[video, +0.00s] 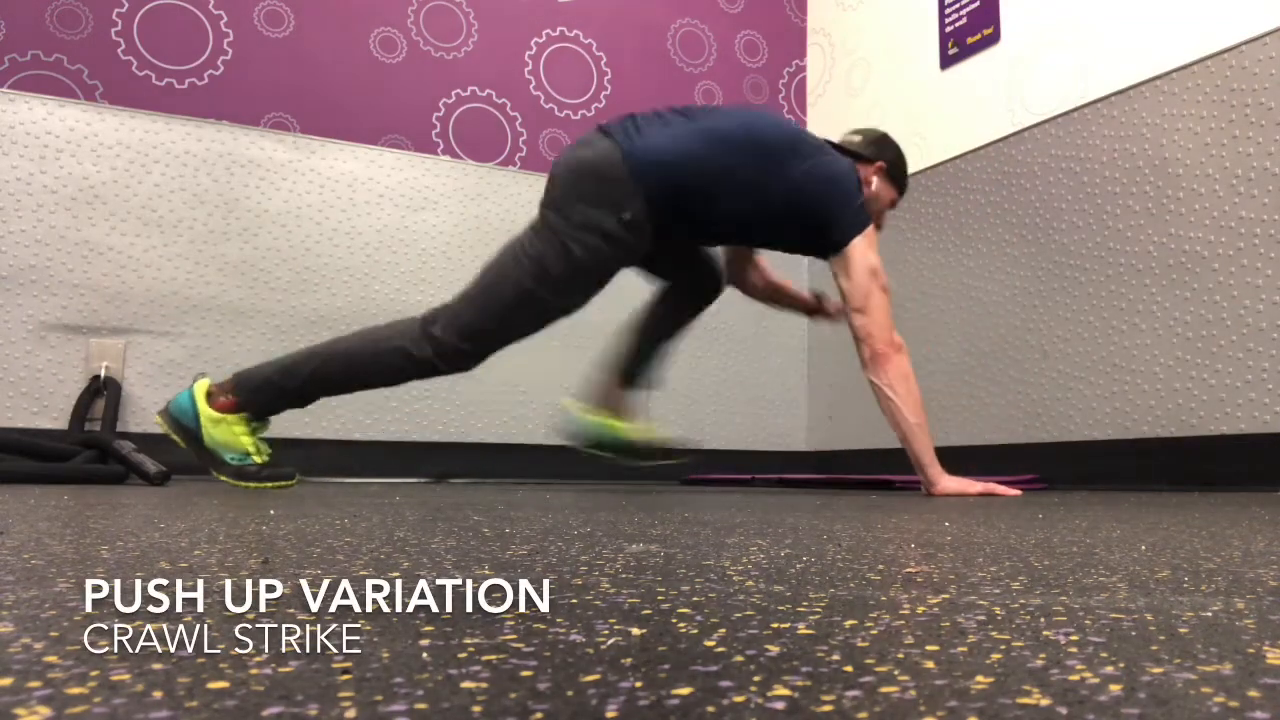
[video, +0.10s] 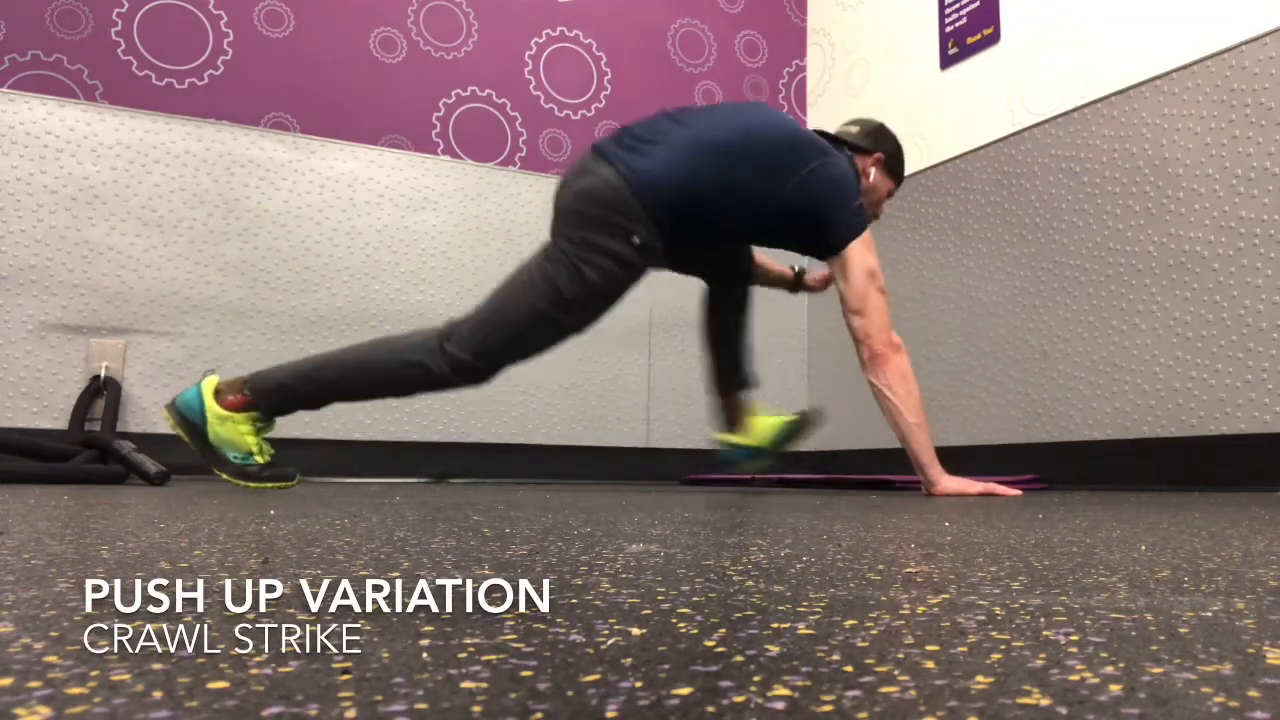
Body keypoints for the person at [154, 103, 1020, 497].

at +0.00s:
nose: (882, 221)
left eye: (885, 210)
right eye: (887, 207)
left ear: (849, 160)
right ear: (872, 182)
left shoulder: (775, 163)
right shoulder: (848, 199)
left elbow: (742, 274)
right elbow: (880, 350)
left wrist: (826, 309)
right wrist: (934, 470)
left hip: (605, 169)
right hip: (614, 188)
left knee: (707, 279)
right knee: (448, 341)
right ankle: (225, 401)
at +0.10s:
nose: (880, 210)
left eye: (885, 199)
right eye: (884, 197)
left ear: (843, 145)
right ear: (866, 170)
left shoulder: (771, 152)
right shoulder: (842, 192)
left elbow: (717, 253)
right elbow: (880, 349)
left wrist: (806, 276)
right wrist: (934, 471)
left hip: (603, 182)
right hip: (619, 211)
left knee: (734, 263)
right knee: (464, 352)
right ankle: (235, 402)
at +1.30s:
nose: (888, 239)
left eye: (893, 227)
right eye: (897, 223)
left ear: (864, 170)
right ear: (884, 191)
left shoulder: (786, 171)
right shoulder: (846, 201)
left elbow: (744, 282)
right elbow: (880, 348)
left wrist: (804, 345)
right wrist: (933, 468)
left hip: (621, 182)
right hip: (613, 178)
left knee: (721, 280)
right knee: (453, 333)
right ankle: (231, 396)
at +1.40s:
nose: (884, 256)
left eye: (893, 245)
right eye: (896, 239)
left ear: (869, 184)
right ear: (888, 204)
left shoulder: (789, 189)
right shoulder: (849, 203)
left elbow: (775, 311)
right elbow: (885, 348)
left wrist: (822, 400)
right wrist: (935, 471)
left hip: (618, 176)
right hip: (610, 166)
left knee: (626, 333)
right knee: (447, 311)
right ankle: (231, 391)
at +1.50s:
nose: (893, 270)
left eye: (903, 257)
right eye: (906, 251)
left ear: (878, 208)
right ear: (900, 216)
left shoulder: (804, 223)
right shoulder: (864, 208)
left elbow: (797, 343)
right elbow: (888, 348)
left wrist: (833, 441)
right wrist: (937, 472)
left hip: (621, 203)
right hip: (615, 174)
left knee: (513, 356)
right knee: (448, 307)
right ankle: (230, 389)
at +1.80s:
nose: (916, 350)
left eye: (933, 346)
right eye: (933, 337)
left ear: (906, 304)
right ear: (926, 292)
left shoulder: (841, 291)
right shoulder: (887, 265)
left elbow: (783, 391)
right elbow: (892, 362)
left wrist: (817, 471)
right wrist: (935, 476)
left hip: (660, 304)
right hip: (657, 292)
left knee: (472, 364)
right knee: (468, 365)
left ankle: (261, 390)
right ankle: (248, 391)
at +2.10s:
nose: (945, 423)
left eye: (958, 427)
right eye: (958, 411)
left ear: (950, 410)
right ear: (955, 373)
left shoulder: (870, 359)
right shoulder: (916, 335)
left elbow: (787, 402)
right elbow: (894, 362)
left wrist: (814, 470)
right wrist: (938, 474)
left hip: (684, 391)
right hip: (683, 370)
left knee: (489, 407)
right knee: (486, 407)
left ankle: (279, 394)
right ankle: (266, 384)